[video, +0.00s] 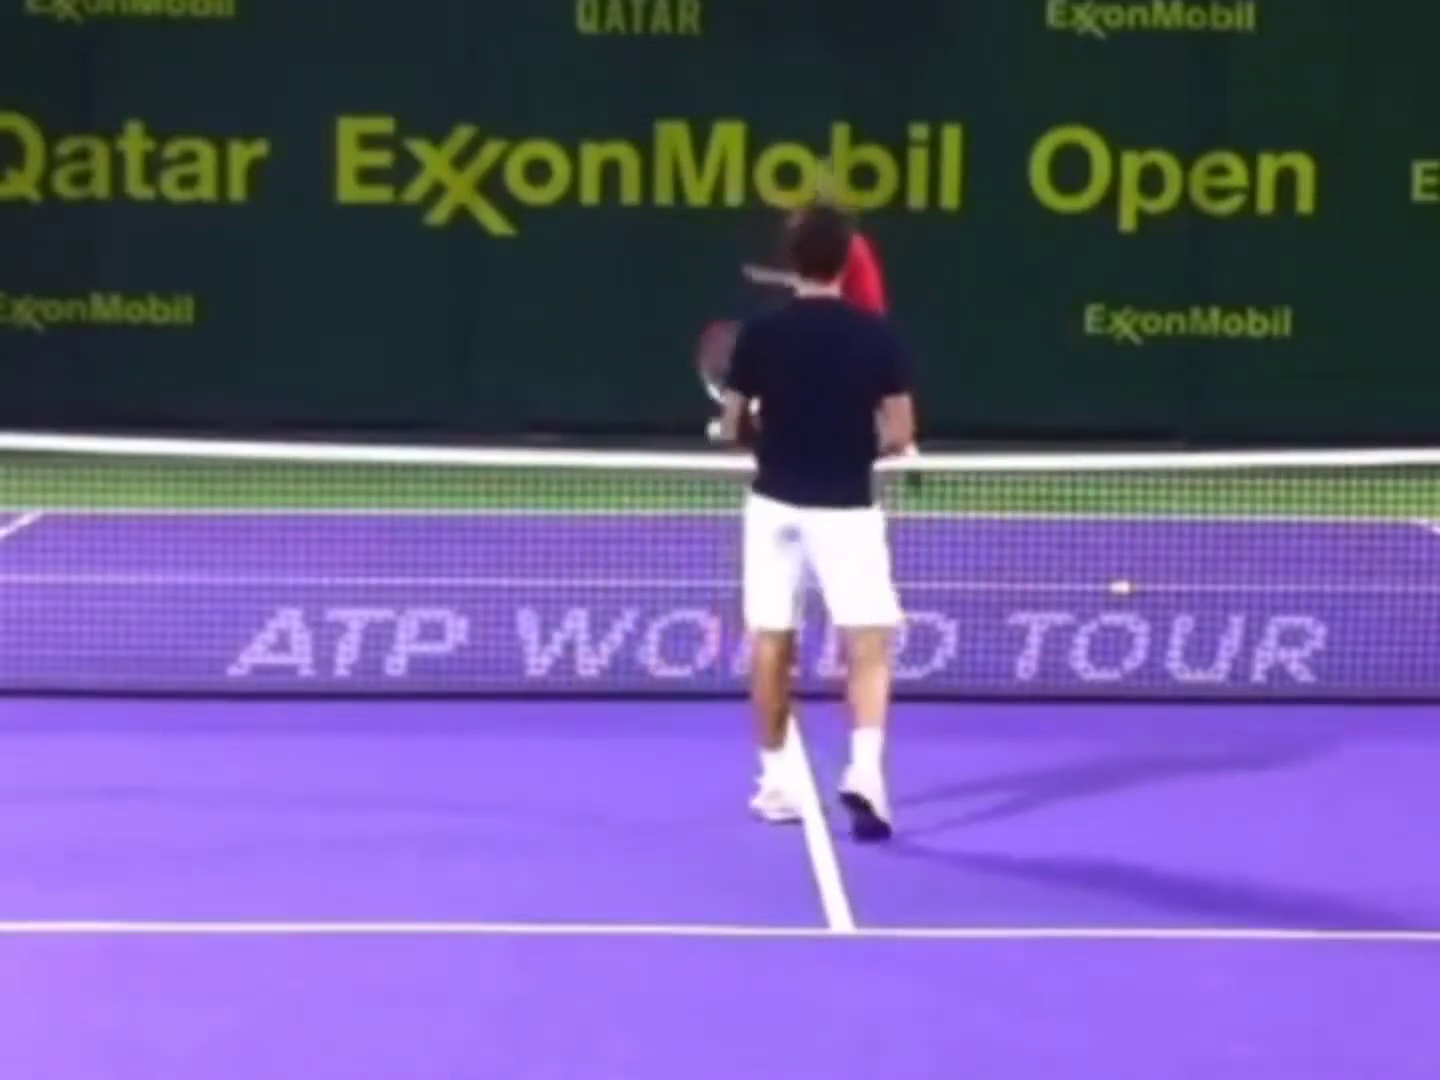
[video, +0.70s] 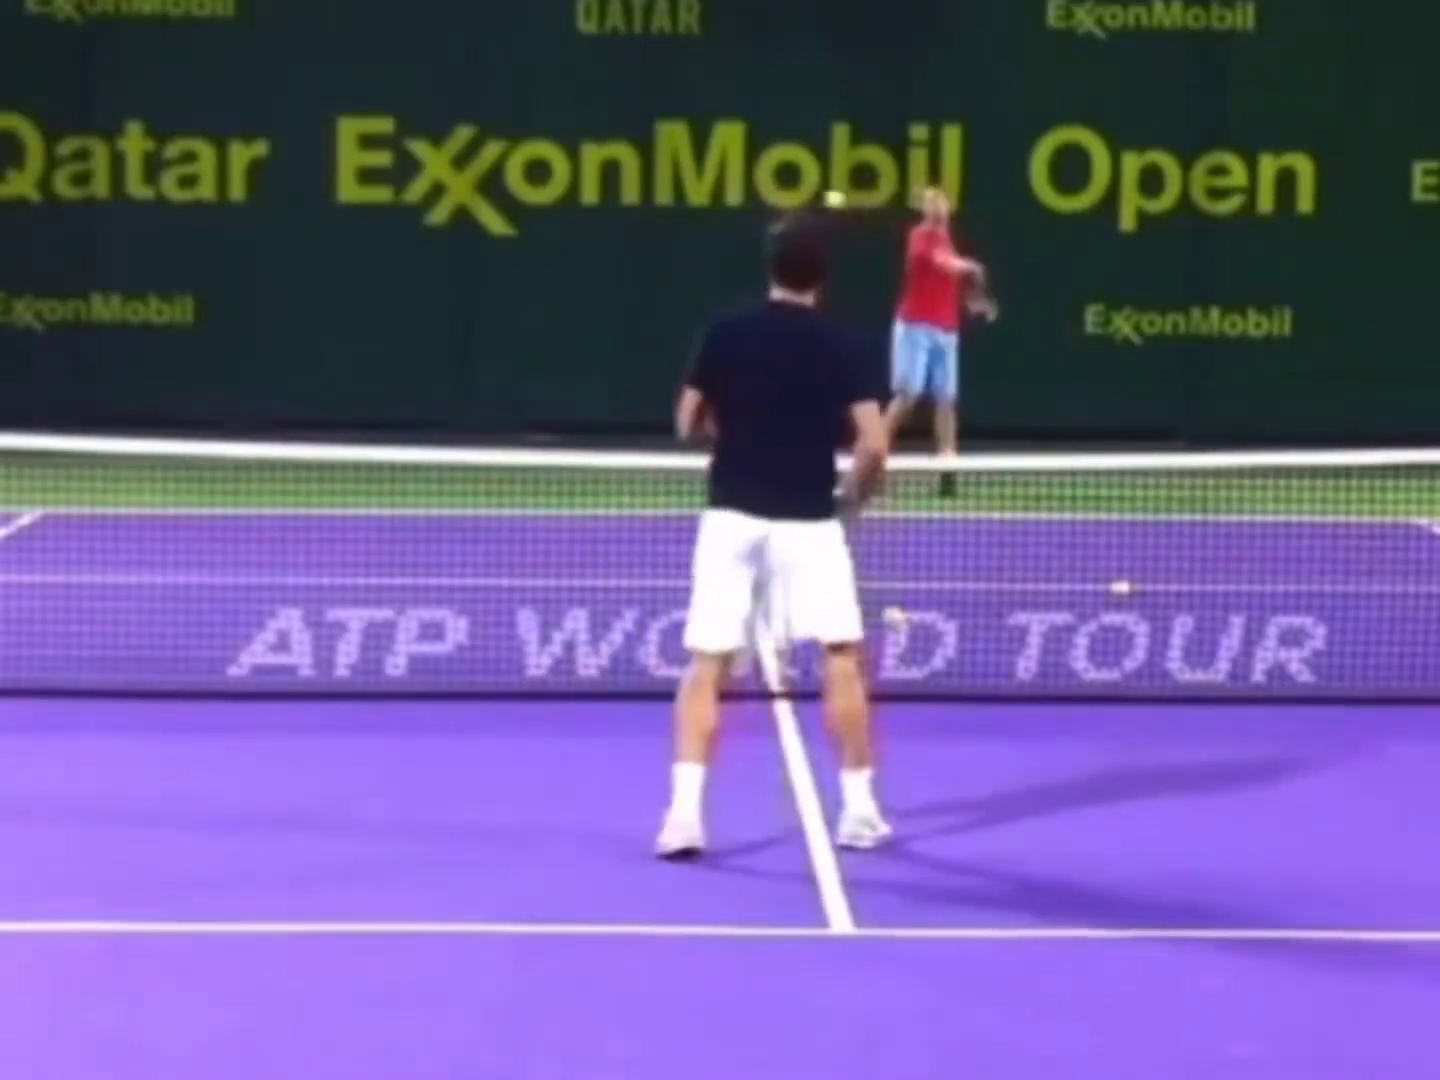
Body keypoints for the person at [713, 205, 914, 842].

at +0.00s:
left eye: (800, 257)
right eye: (839, 254)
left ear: (790, 263)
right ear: (848, 262)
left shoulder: (761, 329)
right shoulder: (874, 334)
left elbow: (734, 418)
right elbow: (898, 431)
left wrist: (769, 428)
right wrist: (851, 444)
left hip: (772, 502)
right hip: (845, 508)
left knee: (770, 639)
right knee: (870, 638)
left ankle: (779, 775)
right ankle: (864, 767)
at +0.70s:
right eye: (816, 270)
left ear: (770, 270)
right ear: (823, 275)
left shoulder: (728, 332)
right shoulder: (841, 343)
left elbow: (688, 419)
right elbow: (873, 447)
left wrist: (730, 428)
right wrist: (853, 494)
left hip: (731, 516)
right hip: (808, 523)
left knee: (706, 664)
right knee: (841, 658)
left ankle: (685, 808)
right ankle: (859, 805)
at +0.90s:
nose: (784, 274)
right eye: (786, 265)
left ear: (731, 264)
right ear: (786, 271)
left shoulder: (688, 324)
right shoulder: (787, 339)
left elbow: (623, 408)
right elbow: (816, 446)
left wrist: (669, 445)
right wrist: (873, 480)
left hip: (683, 518)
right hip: (758, 523)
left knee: (684, 664)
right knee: (794, 657)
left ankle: (680, 815)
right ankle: (826, 800)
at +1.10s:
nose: (777, 279)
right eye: (779, 270)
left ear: (722, 260)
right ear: (774, 274)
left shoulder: (666, 316)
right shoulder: (767, 341)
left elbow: (591, 389)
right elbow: (803, 441)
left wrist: (625, 446)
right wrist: (862, 487)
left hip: (657, 517)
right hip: (733, 523)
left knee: (664, 666)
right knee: (764, 662)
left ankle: (675, 815)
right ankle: (758, 810)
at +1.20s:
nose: (778, 281)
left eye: (775, 269)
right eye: (779, 272)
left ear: (720, 258)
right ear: (769, 276)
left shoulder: (661, 315)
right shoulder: (760, 342)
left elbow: (589, 389)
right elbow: (784, 441)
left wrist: (631, 432)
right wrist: (827, 486)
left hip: (650, 516)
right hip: (721, 521)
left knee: (660, 672)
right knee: (734, 668)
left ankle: (676, 815)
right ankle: (724, 813)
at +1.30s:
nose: (771, 281)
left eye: (765, 268)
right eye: (774, 272)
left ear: (714, 261)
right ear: (768, 277)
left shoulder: (659, 317)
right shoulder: (765, 348)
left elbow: (588, 389)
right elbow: (767, 446)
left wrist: (634, 424)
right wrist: (773, 453)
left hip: (646, 515)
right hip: (716, 522)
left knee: (659, 671)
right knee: (715, 672)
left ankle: (673, 813)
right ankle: (698, 812)